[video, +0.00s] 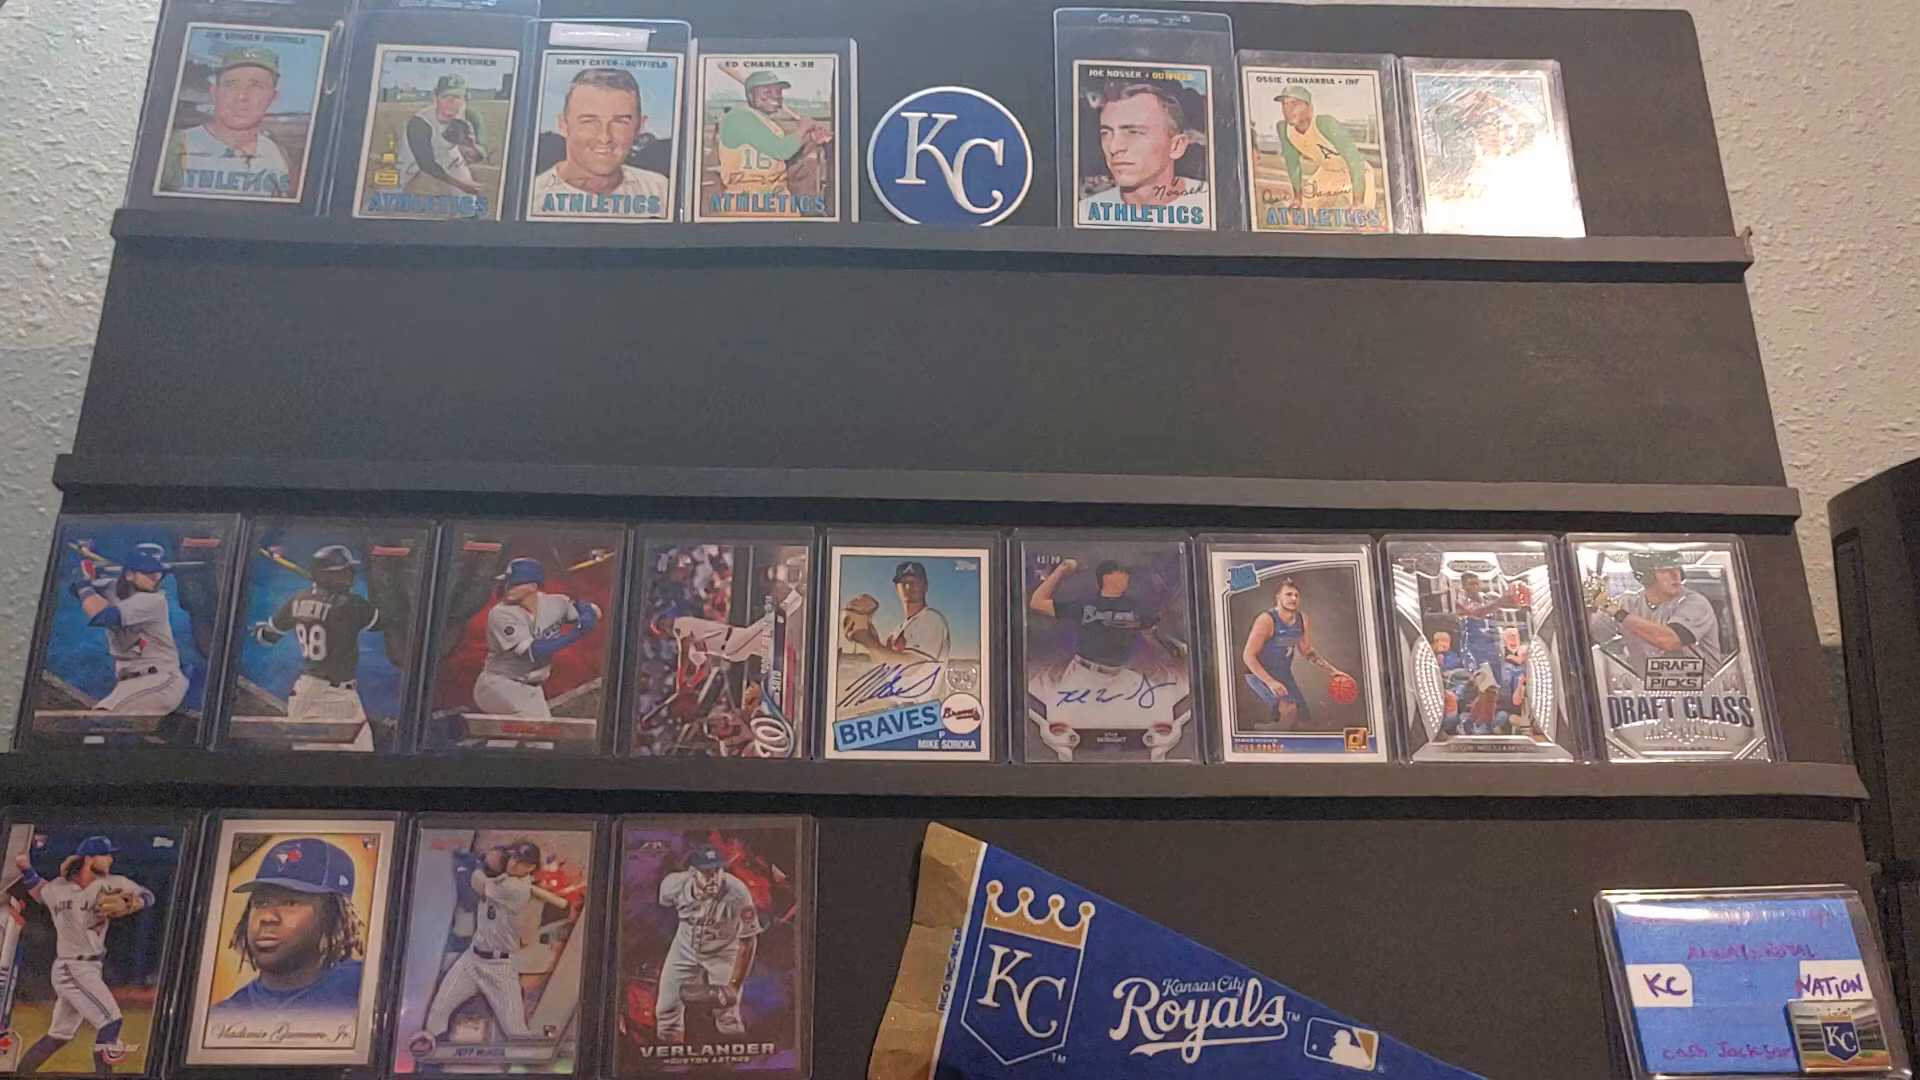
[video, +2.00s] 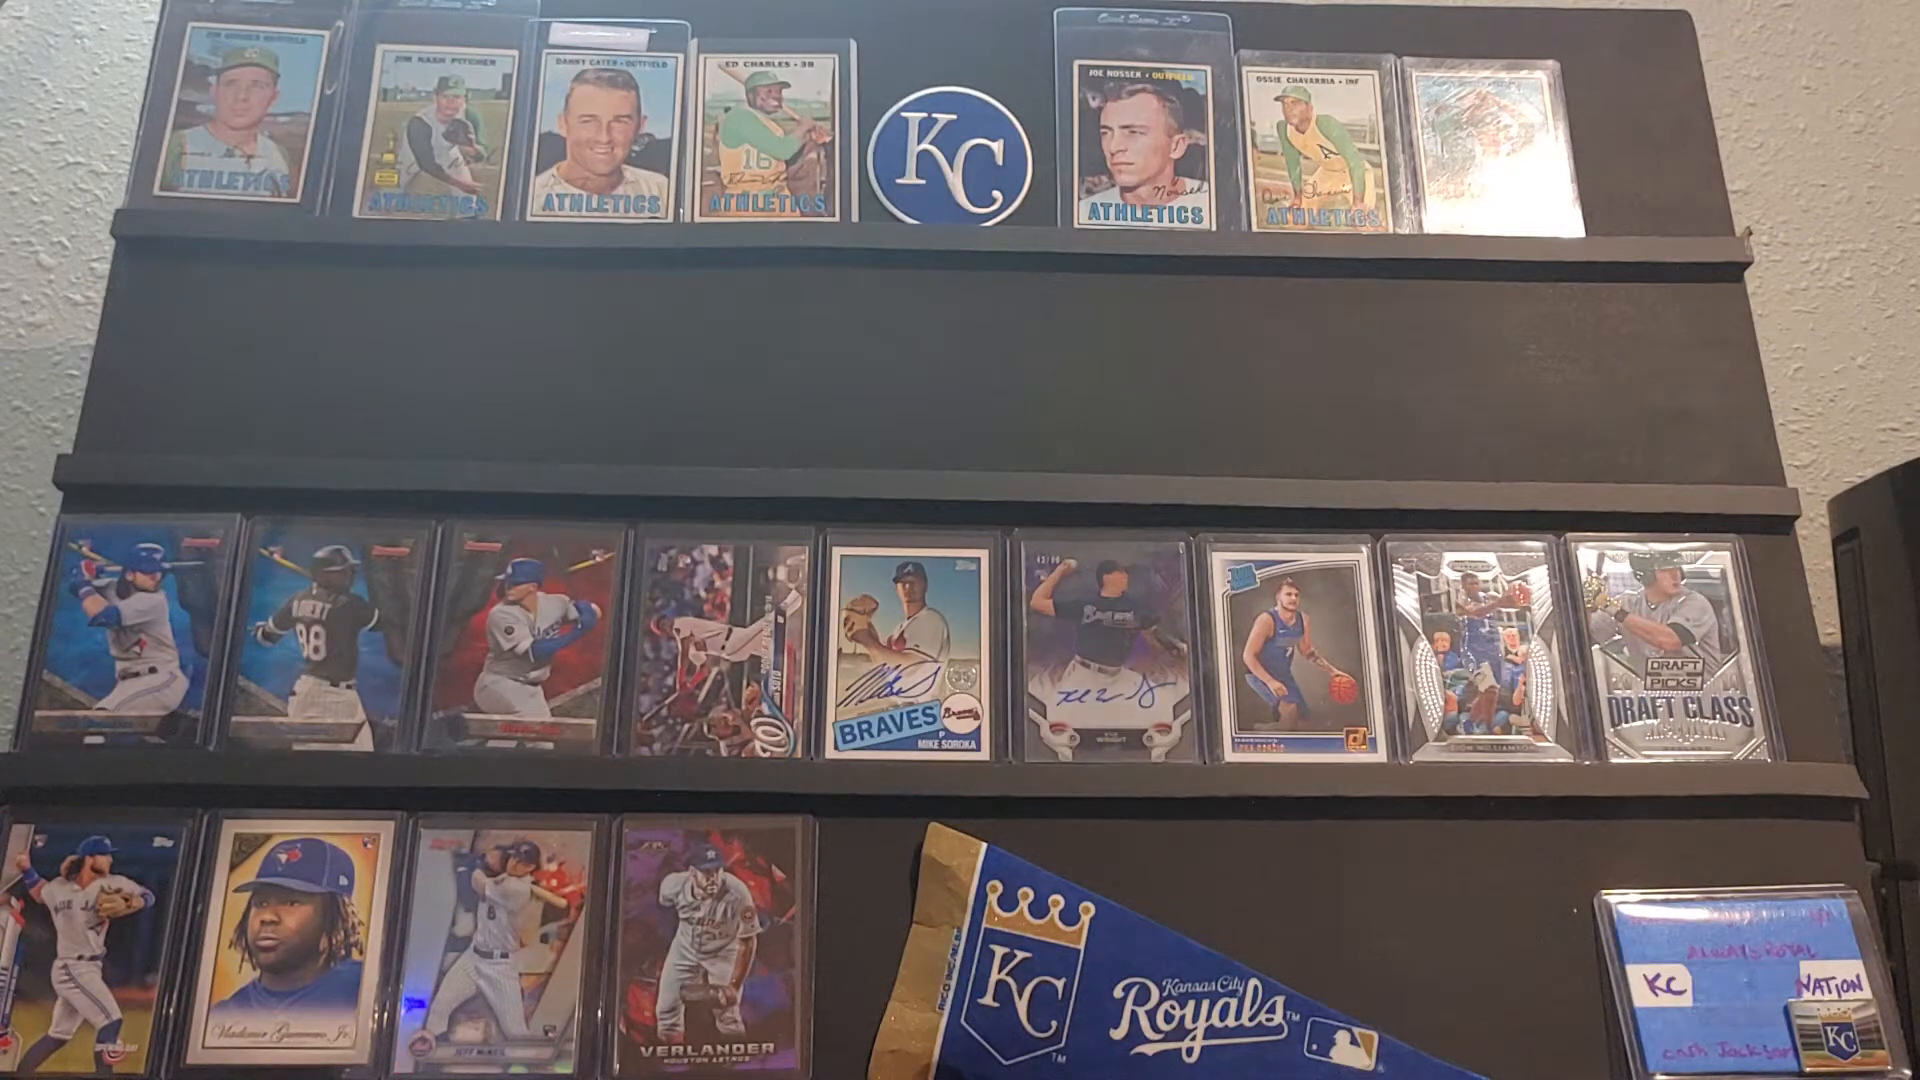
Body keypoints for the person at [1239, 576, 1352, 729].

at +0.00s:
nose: (1293, 599)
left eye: (1296, 595)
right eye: (1288, 595)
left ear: (1299, 599)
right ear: (1278, 597)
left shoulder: (1302, 619)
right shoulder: (1266, 620)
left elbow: (1307, 651)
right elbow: (1248, 656)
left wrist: (1333, 671)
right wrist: (1270, 682)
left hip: (1284, 674)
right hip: (1260, 673)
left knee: (1303, 716)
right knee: (1289, 707)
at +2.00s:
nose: (1293, 599)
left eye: (1296, 595)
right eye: (1288, 595)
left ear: (1299, 598)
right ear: (1278, 598)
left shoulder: (1302, 619)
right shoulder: (1266, 620)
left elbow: (1307, 651)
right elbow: (1248, 656)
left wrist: (1333, 672)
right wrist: (1270, 681)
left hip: (1283, 673)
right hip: (1260, 673)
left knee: (1302, 715)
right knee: (1289, 706)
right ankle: (1286, 750)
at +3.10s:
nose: (1293, 599)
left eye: (1296, 595)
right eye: (1288, 595)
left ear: (1300, 598)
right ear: (1278, 598)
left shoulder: (1303, 619)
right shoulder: (1266, 620)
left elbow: (1306, 650)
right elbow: (1248, 656)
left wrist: (1333, 671)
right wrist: (1270, 681)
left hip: (1283, 672)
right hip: (1260, 672)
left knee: (1301, 713)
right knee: (1289, 706)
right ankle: (1283, 749)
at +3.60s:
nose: (1293, 599)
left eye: (1296, 595)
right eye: (1288, 595)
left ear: (1299, 598)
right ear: (1278, 598)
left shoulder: (1303, 619)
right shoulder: (1266, 620)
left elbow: (1307, 650)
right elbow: (1248, 656)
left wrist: (1333, 671)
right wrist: (1270, 681)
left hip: (1283, 672)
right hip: (1260, 672)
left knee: (1301, 713)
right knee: (1289, 706)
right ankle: (1283, 749)